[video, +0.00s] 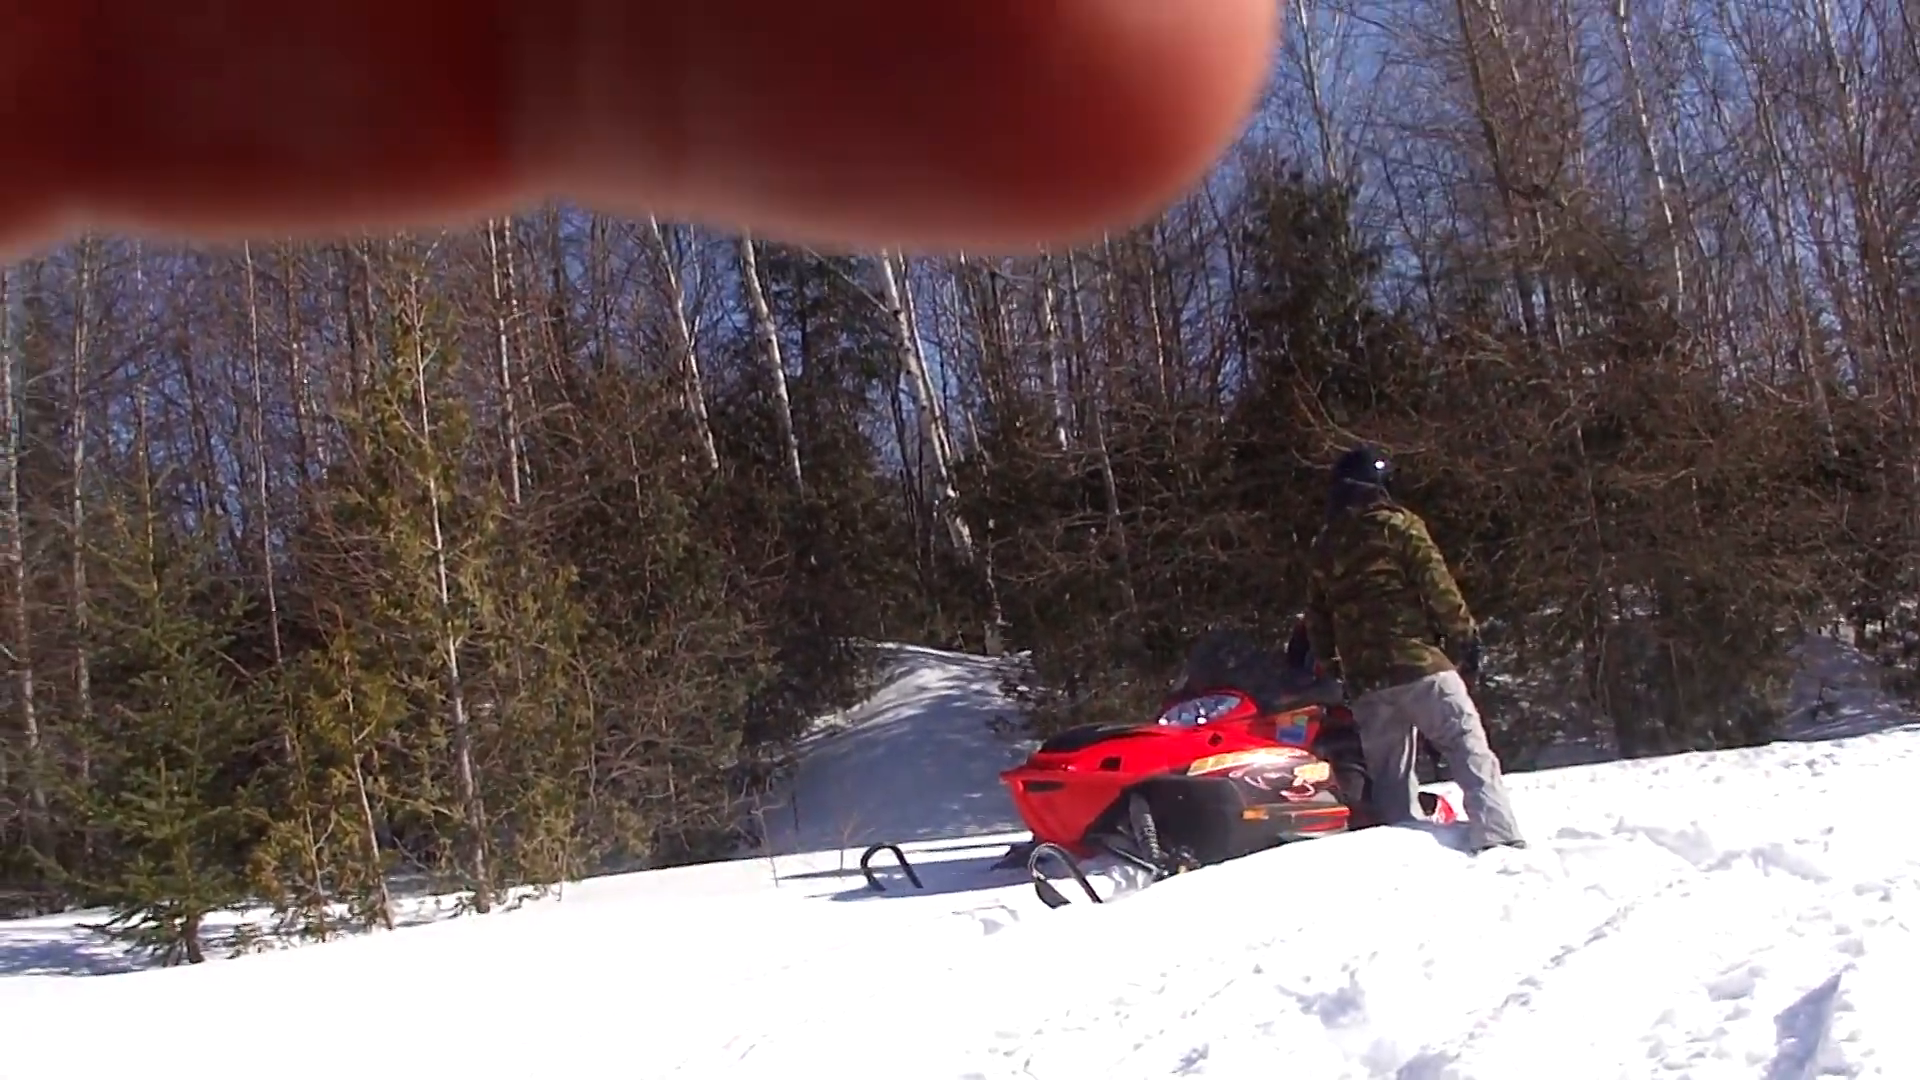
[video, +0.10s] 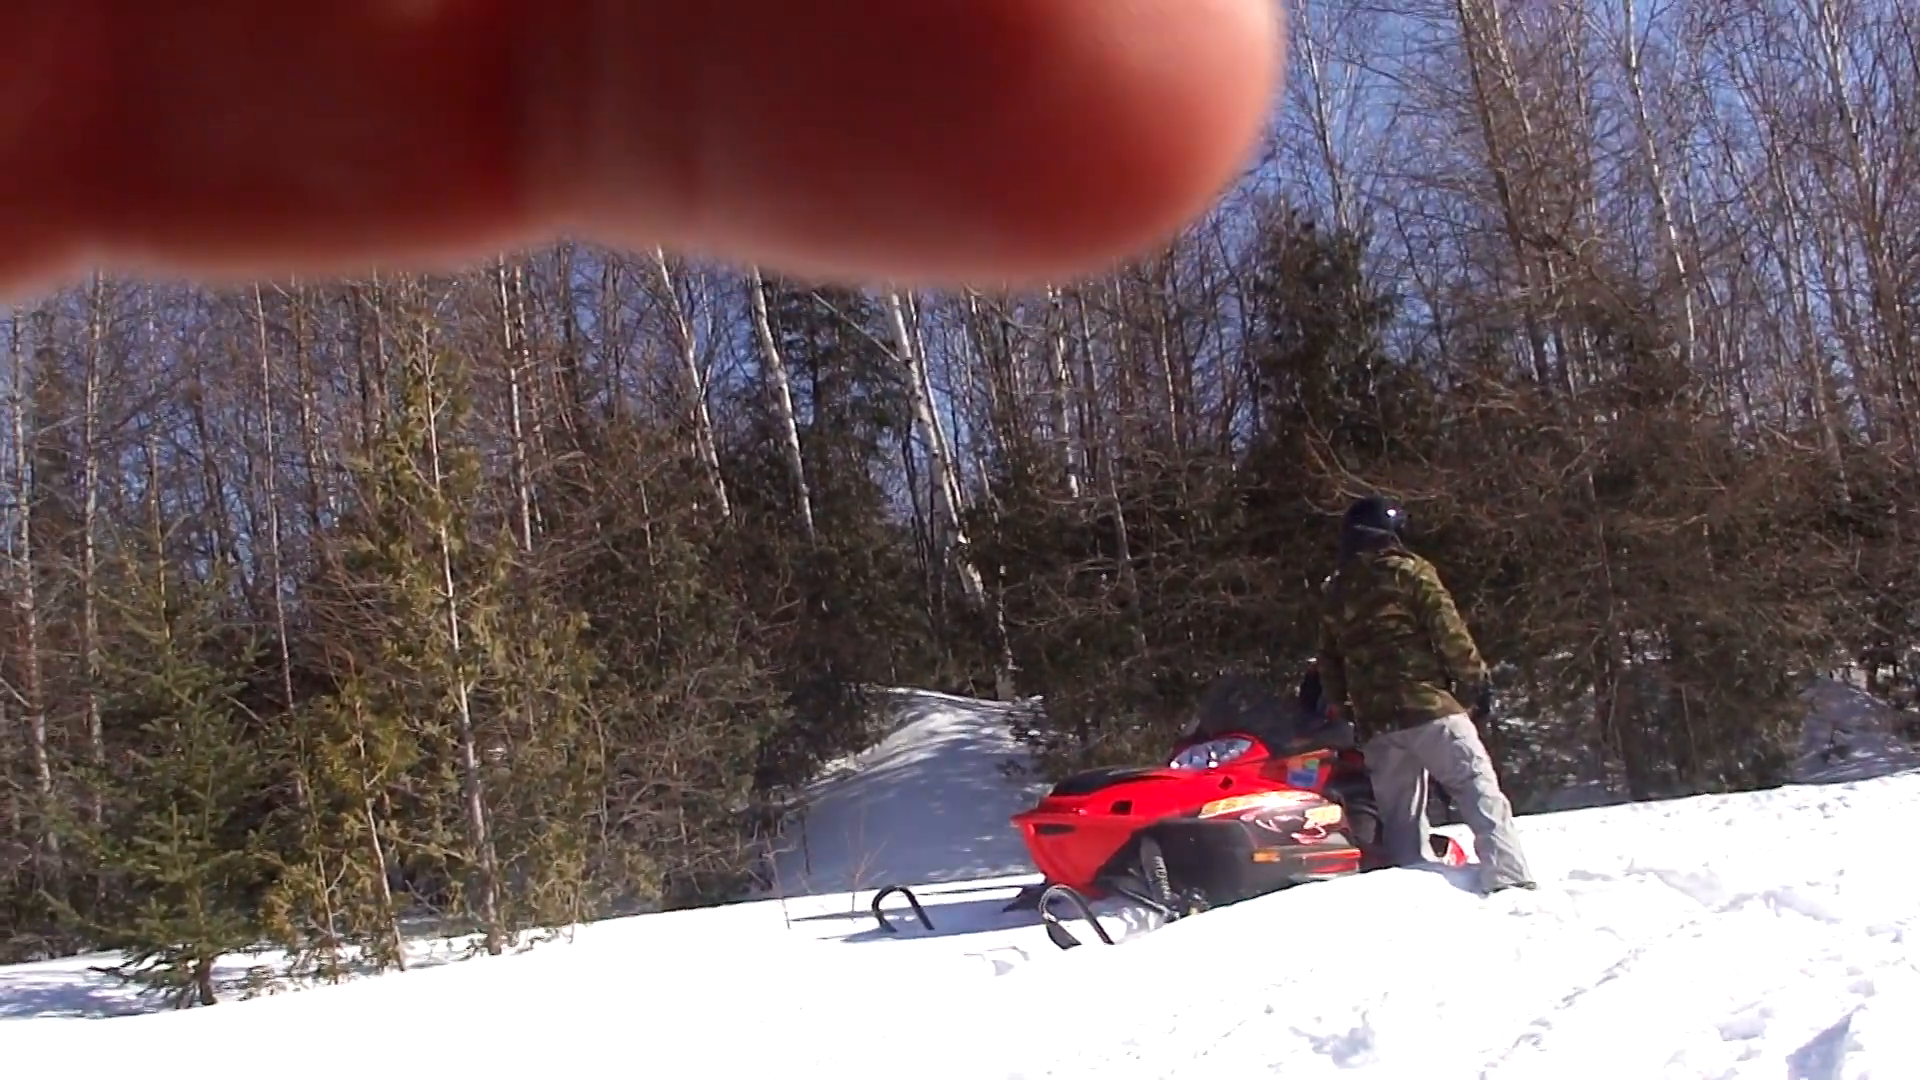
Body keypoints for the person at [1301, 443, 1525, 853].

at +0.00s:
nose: (1389, 485)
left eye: (1385, 479)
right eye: (1385, 479)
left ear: (1340, 488)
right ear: (1379, 482)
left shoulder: (1323, 545)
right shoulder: (1400, 524)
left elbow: (1317, 617)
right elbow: (1437, 586)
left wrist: (1331, 661)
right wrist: (1465, 636)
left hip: (1364, 677)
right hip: (1419, 662)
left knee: (1389, 781)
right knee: (1467, 748)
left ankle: (1400, 859)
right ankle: (1498, 838)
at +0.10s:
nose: (1403, 536)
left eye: (1399, 530)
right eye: (1399, 529)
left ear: (1350, 536)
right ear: (1391, 531)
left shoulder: (1333, 592)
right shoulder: (1411, 570)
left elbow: (1330, 664)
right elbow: (1448, 632)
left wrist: (1346, 707)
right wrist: (1477, 683)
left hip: (1375, 721)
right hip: (1430, 706)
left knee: (1399, 822)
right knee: (1476, 786)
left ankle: (1410, 898)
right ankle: (1508, 877)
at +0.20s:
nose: (1409, 559)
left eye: (1406, 554)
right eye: (1405, 553)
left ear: (1358, 559)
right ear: (1398, 555)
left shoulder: (1342, 613)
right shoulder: (1418, 591)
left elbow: (1338, 684)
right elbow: (1455, 652)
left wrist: (1352, 727)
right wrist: (1484, 703)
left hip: (1383, 743)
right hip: (1438, 728)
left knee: (1408, 844)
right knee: (1484, 808)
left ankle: (1419, 920)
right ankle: (1516, 898)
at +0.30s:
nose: (1414, 562)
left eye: (1411, 557)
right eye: (1410, 556)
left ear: (1363, 561)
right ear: (1403, 558)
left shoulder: (1346, 615)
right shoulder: (1422, 593)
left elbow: (1343, 687)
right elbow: (1459, 655)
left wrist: (1358, 730)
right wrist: (1488, 706)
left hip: (1387, 744)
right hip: (1442, 730)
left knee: (1411, 845)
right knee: (1487, 809)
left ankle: (1420, 921)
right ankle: (1518, 900)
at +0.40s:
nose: (1418, 556)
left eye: (1414, 551)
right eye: (1414, 550)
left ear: (1366, 557)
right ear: (1406, 552)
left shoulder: (1350, 609)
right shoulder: (1425, 589)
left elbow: (1346, 680)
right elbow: (1461, 650)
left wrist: (1361, 725)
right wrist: (1491, 701)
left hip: (1390, 738)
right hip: (1444, 725)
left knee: (1413, 838)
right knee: (1490, 805)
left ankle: (1422, 916)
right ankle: (1521, 895)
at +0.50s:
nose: (1420, 551)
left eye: (1417, 546)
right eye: (1416, 545)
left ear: (1369, 552)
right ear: (1408, 547)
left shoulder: (1352, 605)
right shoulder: (1427, 584)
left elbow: (1348, 676)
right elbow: (1463, 647)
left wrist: (1362, 720)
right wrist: (1493, 697)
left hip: (1391, 734)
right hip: (1445, 720)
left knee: (1415, 833)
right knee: (1491, 800)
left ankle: (1426, 910)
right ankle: (1522, 890)